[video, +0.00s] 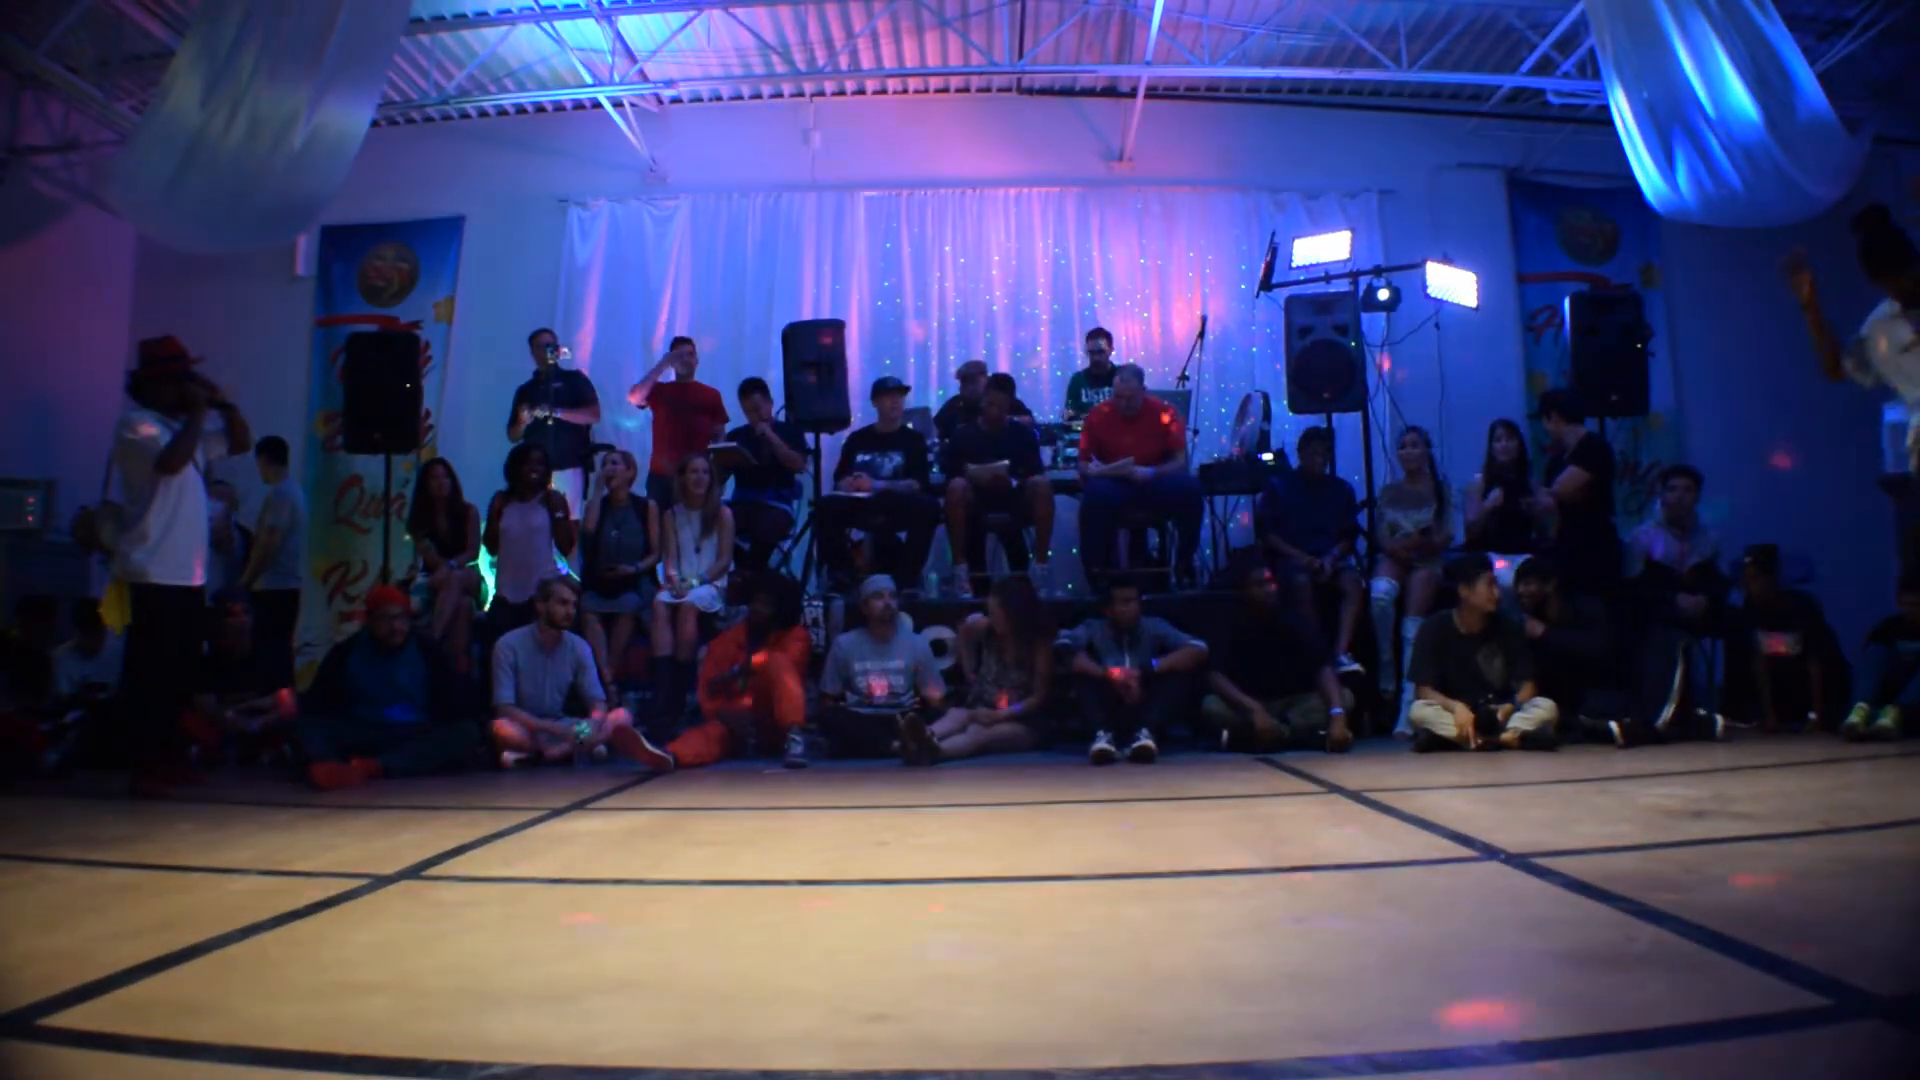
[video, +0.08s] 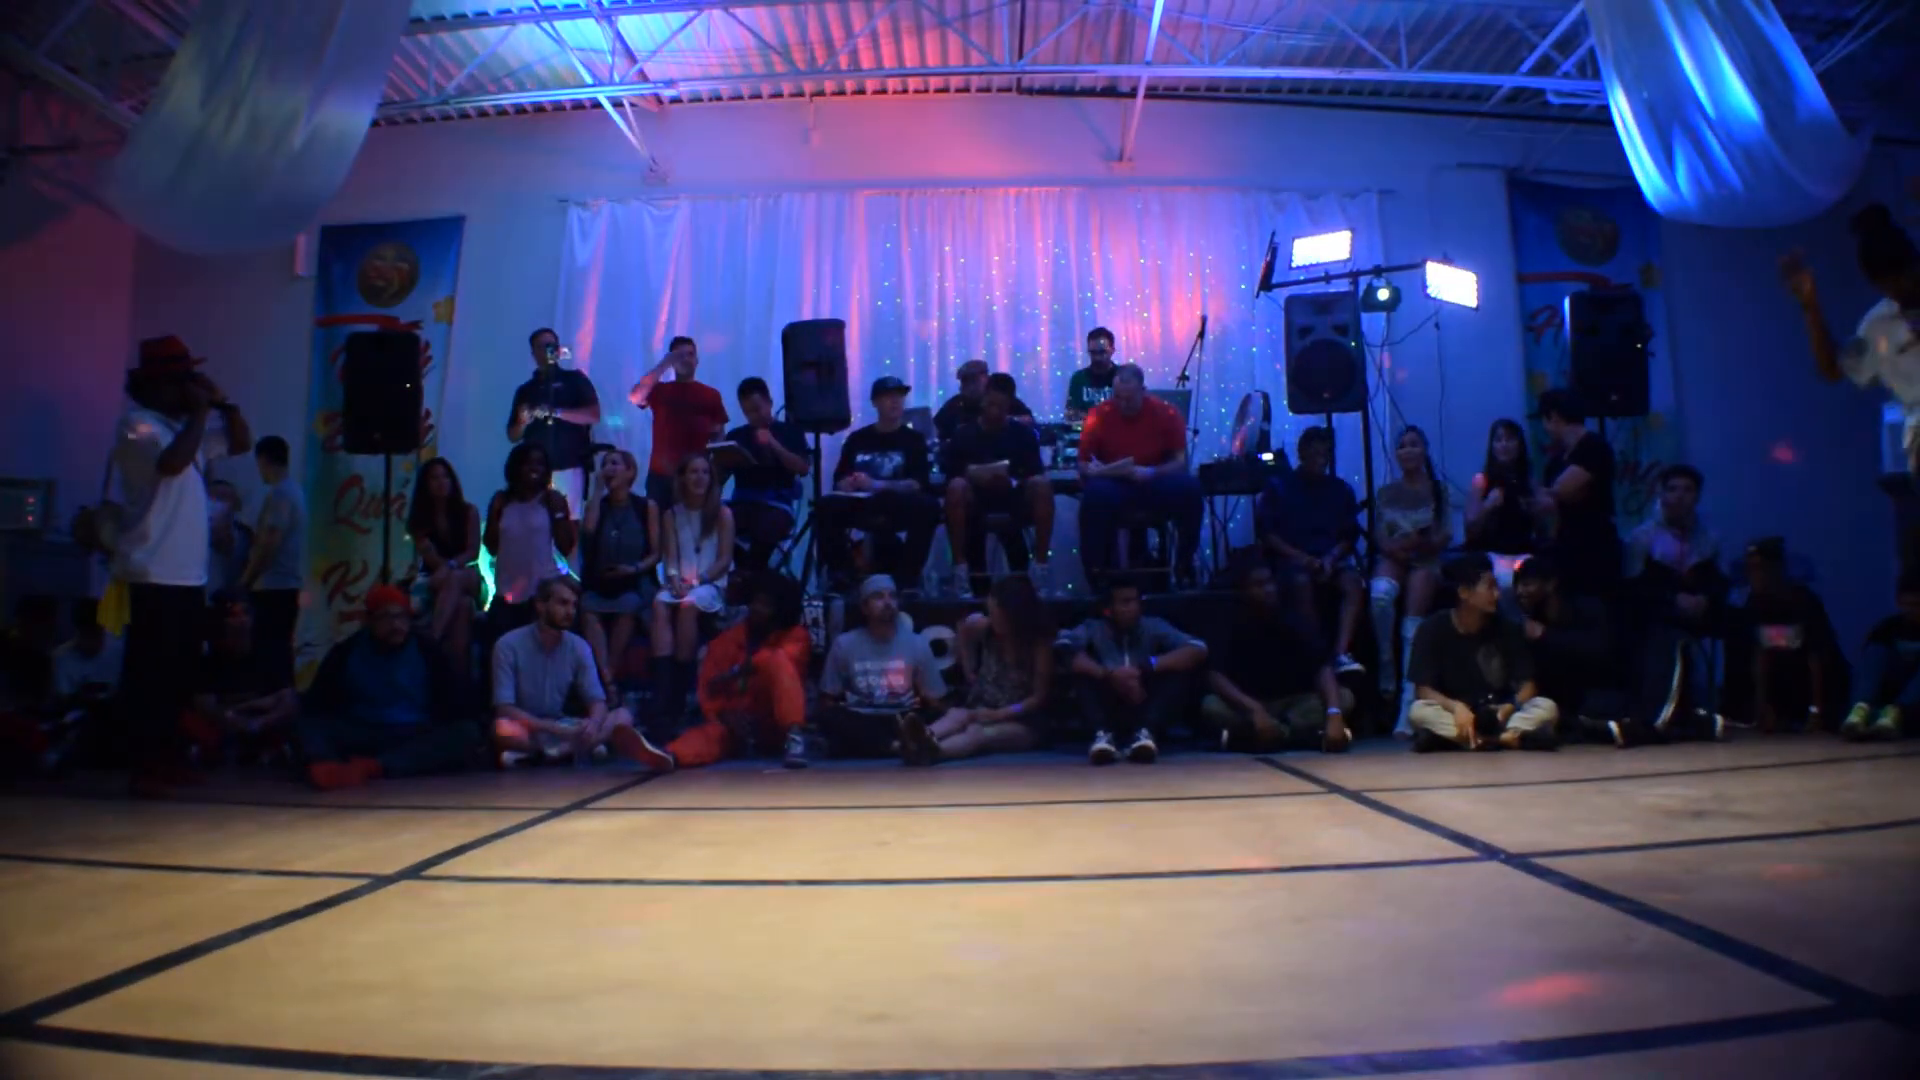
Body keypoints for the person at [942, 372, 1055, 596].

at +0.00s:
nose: (995, 412)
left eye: (1001, 406)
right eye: (990, 405)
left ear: (1010, 405)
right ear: (982, 404)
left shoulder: (1022, 433)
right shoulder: (964, 433)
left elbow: (1035, 471)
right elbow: (951, 471)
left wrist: (1009, 481)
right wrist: (975, 476)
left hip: (1011, 491)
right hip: (977, 492)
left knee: (1041, 486)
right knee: (956, 488)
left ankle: (1041, 563)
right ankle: (960, 567)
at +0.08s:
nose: (995, 411)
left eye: (1001, 406)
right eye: (990, 405)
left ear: (1010, 405)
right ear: (982, 404)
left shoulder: (1022, 433)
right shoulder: (965, 433)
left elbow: (1035, 471)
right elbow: (951, 471)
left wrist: (1009, 480)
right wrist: (976, 476)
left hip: (1011, 491)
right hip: (977, 492)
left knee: (1041, 486)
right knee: (956, 488)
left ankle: (1041, 563)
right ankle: (960, 566)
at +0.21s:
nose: (995, 412)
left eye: (1001, 405)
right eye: (990, 405)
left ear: (1010, 405)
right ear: (982, 403)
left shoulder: (1022, 433)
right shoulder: (965, 433)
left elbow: (1034, 471)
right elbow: (951, 472)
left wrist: (1009, 480)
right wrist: (977, 476)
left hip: (1012, 491)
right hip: (977, 492)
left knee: (1041, 487)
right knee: (956, 488)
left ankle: (1041, 563)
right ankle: (959, 566)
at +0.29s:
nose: (994, 412)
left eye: (1000, 405)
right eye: (990, 405)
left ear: (1010, 405)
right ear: (982, 404)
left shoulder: (1022, 433)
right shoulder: (965, 433)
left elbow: (1034, 470)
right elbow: (950, 470)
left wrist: (1008, 479)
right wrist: (976, 475)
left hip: (1012, 491)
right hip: (977, 492)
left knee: (1041, 487)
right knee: (956, 488)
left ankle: (1041, 562)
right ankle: (960, 565)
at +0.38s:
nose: (994, 411)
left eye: (1000, 405)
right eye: (990, 405)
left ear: (1010, 404)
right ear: (981, 403)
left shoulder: (1023, 434)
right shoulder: (965, 433)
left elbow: (1034, 471)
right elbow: (949, 471)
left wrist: (1008, 479)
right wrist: (975, 475)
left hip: (1011, 491)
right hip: (977, 492)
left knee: (1041, 487)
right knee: (956, 488)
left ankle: (1041, 563)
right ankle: (959, 566)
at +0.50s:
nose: (994, 412)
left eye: (1000, 405)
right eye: (989, 405)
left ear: (1009, 405)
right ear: (981, 404)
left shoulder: (1023, 433)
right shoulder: (965, 433)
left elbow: (1034, 470)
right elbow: (950, 470)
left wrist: (1008, 478)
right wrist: (975, 474)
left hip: (1012, 490)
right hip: (977, 491)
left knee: (1041, 487)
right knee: (956, 489)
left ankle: (1041, 563)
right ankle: (960, 566)